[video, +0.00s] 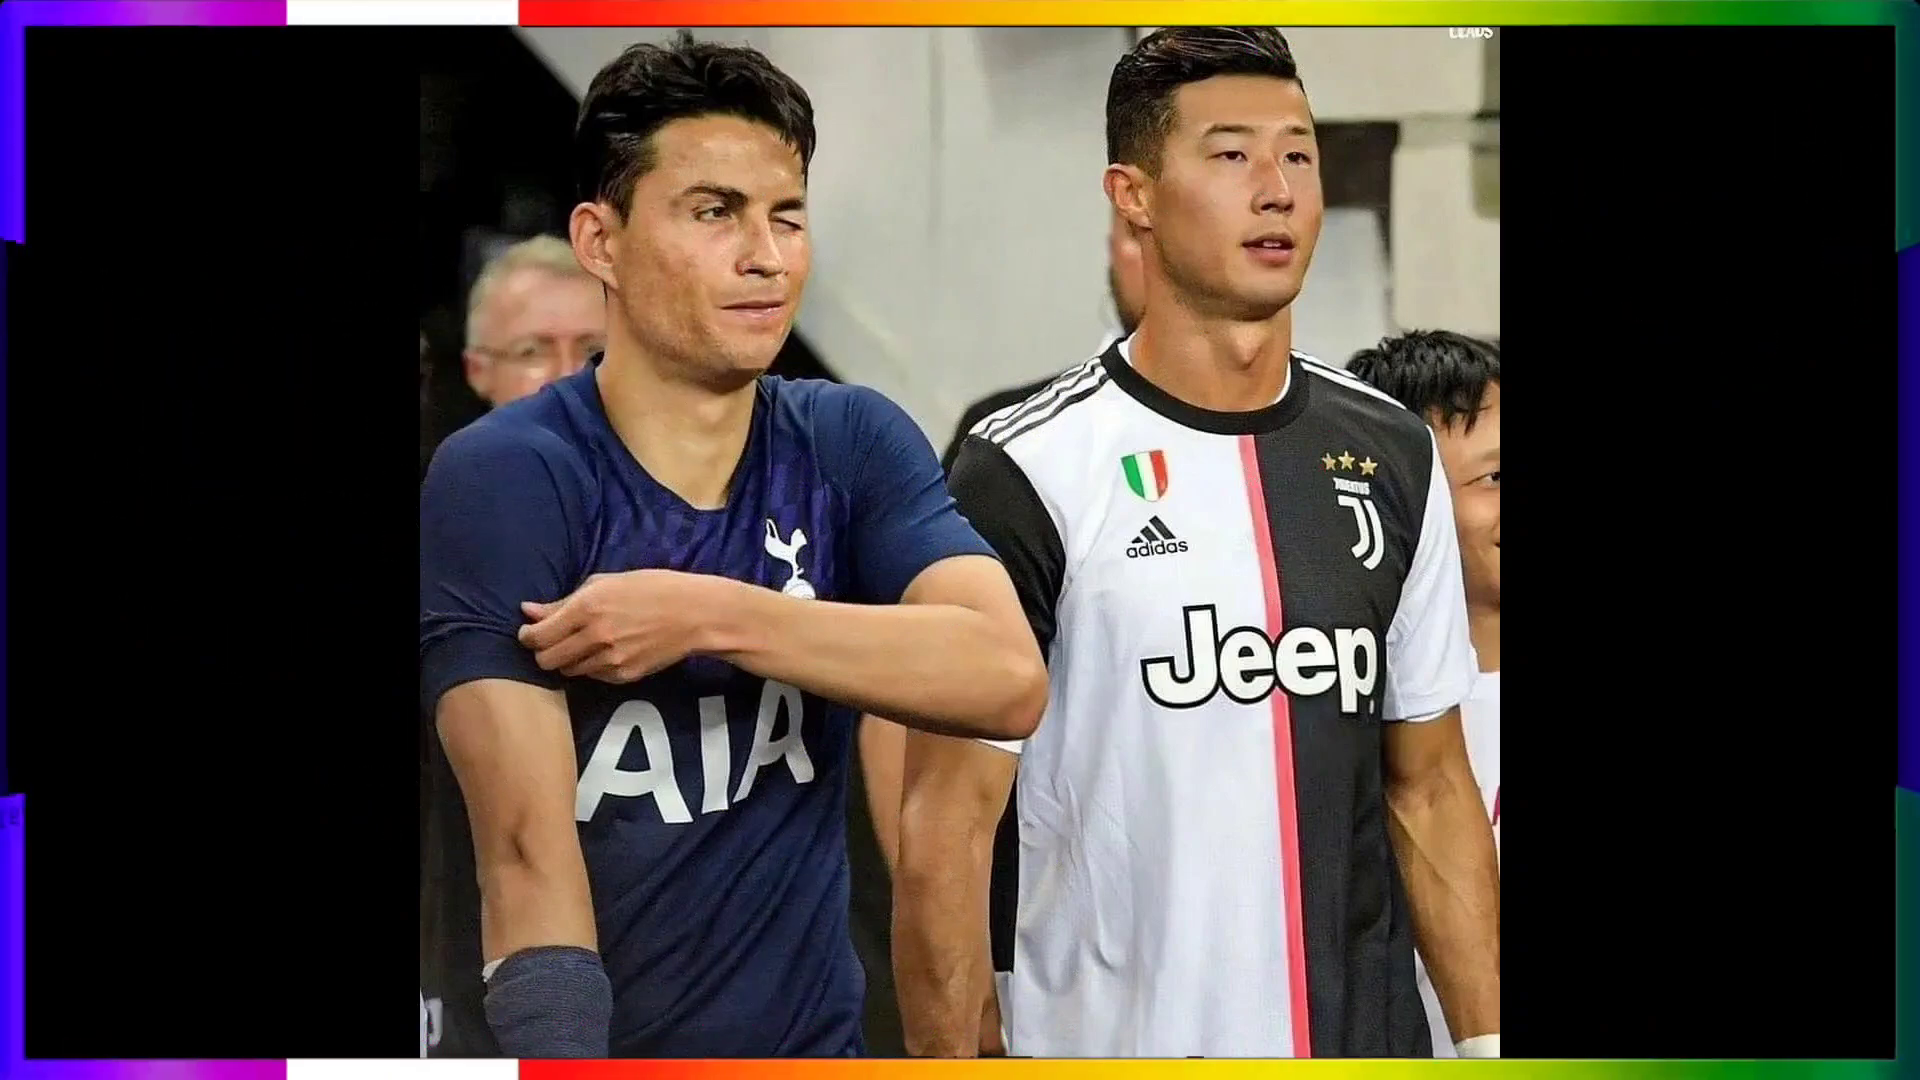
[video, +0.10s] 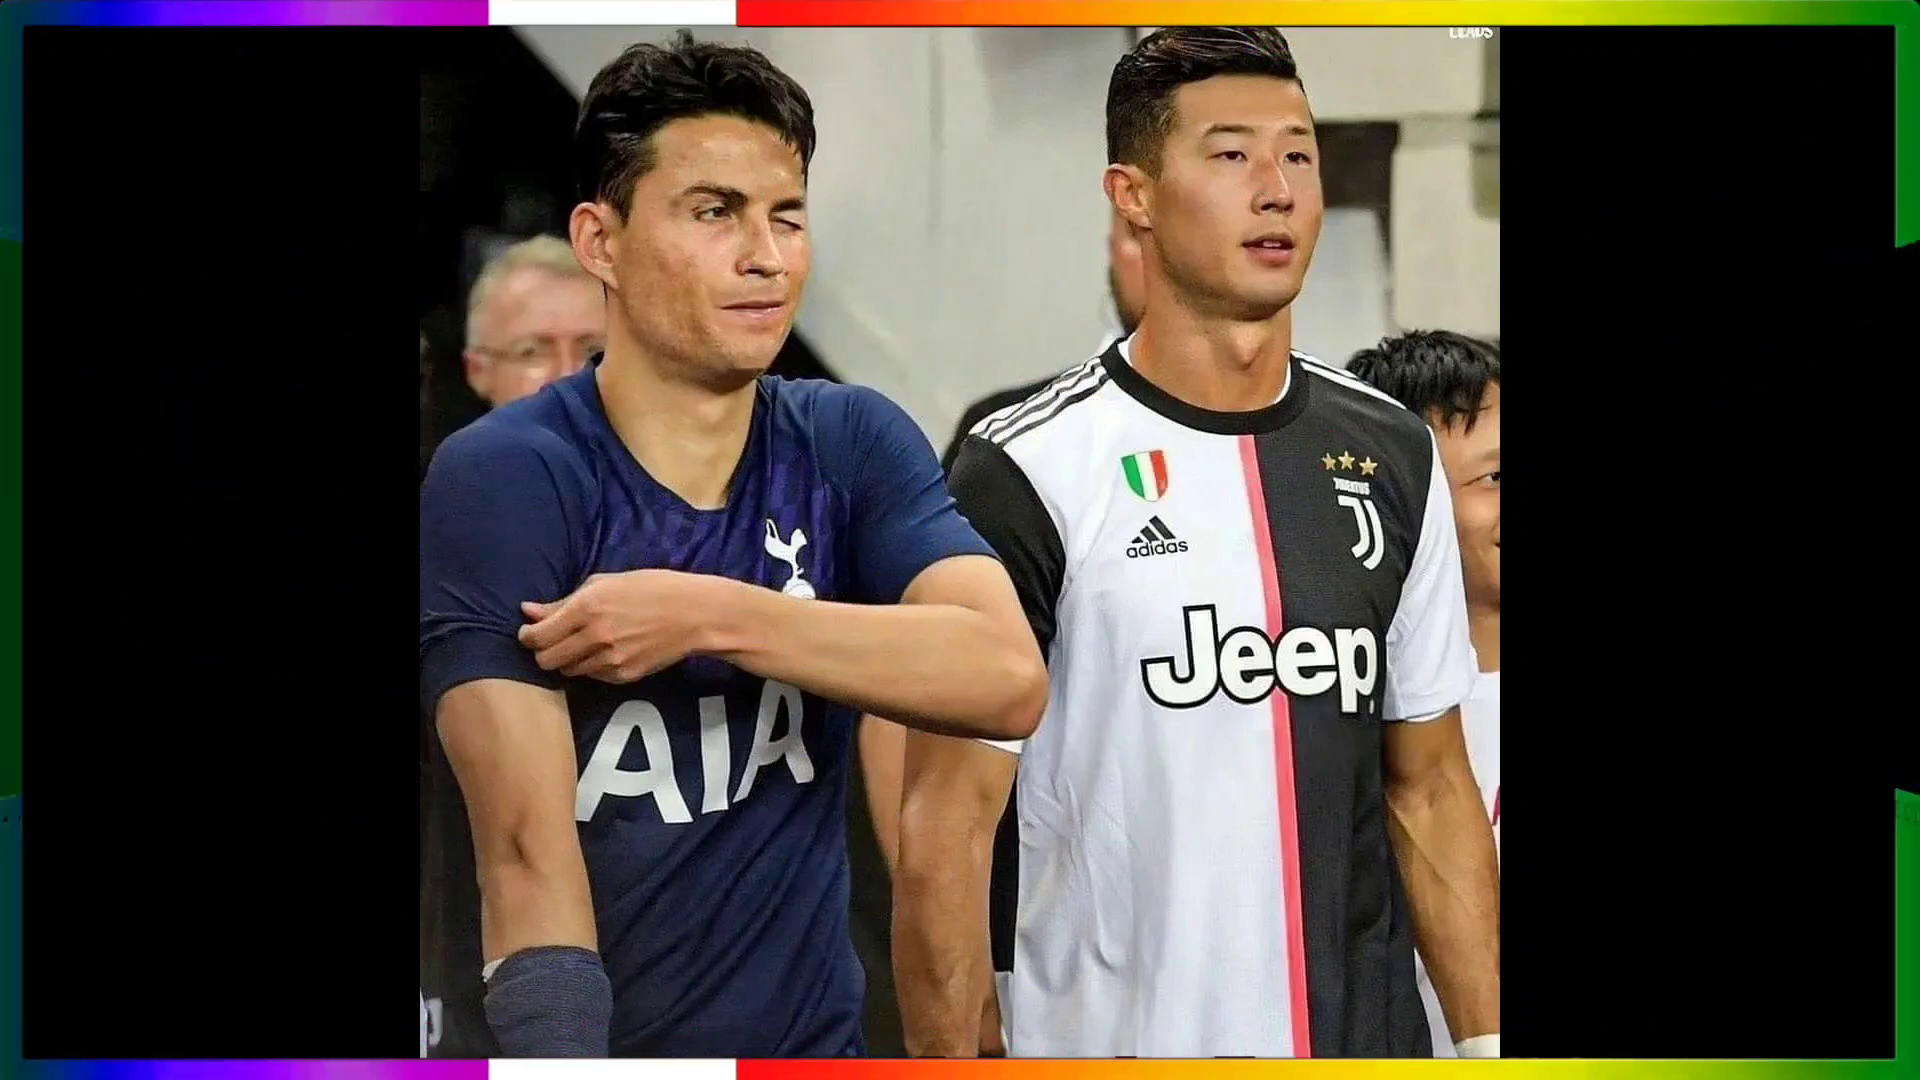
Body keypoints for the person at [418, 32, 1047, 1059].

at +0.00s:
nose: (765, 257)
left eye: (785, 217)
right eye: (712, 212)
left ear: (809, 235)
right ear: (601, 242)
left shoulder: (856, 439)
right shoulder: (500, 476)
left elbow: (1009, 681)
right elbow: (525, 851)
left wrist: (714, 613)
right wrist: (560, 1059)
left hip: (810, 1041)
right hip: (599, 1037)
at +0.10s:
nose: (765, 257)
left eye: (786, 217)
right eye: (712, 212)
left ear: (809, 236)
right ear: (601, 242)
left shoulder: (856, 439)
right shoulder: (500, 476)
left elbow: (1009, 681)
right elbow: (525, 851)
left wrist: (714, 613)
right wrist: (557, 1061)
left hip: (810, 1041)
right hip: (596, 1038)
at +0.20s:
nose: (765, 257)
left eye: (785, 218)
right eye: (712, 212)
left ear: (809, 237)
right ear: (601, 241)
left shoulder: (856, 439)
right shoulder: (499, 476)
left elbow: (1009, 681)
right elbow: (525, 851)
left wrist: (713, 613)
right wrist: (560, 1059)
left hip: (810, 1041)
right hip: (592, 1036)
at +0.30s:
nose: (766, 257)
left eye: (785, 218)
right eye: (712, 212)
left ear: (809, 237)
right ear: (601, 241)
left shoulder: (857, 439)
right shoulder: (499, 476)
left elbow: (1009, 681)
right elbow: (525, 851)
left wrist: (713, 613)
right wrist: (560, 1056)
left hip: (810, 1042)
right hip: (591, 1036)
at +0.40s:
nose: (766, 257)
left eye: (785, 218)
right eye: (712, 212)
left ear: (809, 237)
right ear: (601, 241)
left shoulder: (857, 439)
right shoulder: (499, 476)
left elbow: (1009, 681)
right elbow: (525, 851)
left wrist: (714, 613)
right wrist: (561, 1059)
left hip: (812, 1042)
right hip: (593, 1036)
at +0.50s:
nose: (766, 257)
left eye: (785, 218)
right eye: (712, 212)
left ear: (809, 237)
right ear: (601, 241)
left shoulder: (856, 439)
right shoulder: (499, 476)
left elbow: (1009, 681)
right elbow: (525, 851)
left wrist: (713, 613)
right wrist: (561, 1058)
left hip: (812, 1042)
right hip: (594, 1036)